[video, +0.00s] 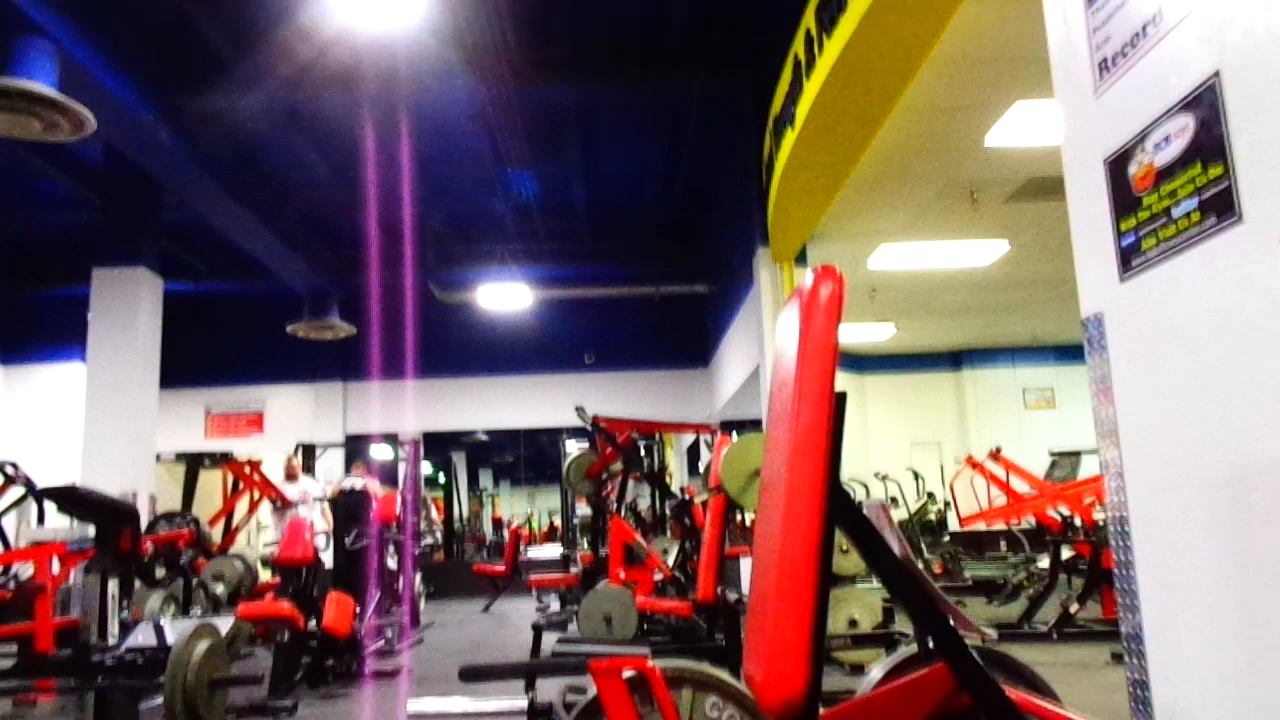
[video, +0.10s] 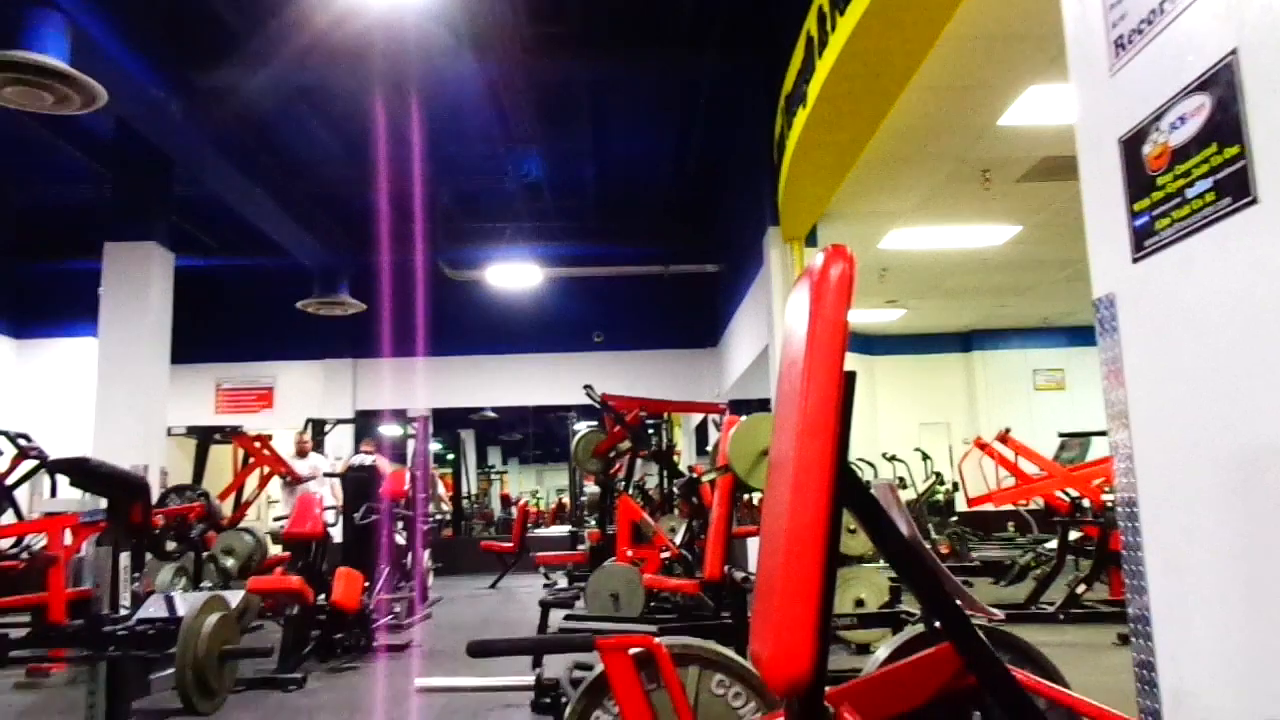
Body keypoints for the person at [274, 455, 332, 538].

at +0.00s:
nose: (292, 470)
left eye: (295, 467)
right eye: (290, 467)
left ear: (300, 467)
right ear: (286, 468)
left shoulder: (311, 484)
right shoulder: (281, 487)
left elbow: (324, 506)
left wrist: (330, 525)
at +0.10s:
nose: (303, 445)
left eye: (306, 442)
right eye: (300, 442)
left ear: (311, 443)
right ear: (295, 444)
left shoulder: (321, 461)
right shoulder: (289, 463)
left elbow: (334, 482)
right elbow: (285, 484)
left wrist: (340, 501)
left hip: (320, 506)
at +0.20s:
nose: (314, 458)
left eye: (317, 455)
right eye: (311, 455)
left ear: (321, 457)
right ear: (305, 457)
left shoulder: (327, 474)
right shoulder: (298, 476)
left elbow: (340, 494)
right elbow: (293, 502)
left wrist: (346, 513)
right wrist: (295, 523)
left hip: (328, 516)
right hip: (306, 518)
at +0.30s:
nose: (338, 462)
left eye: (339, 459)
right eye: (334, 459)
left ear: (341, 459)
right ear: (325, 460)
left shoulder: (345, 477)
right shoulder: (316, 479)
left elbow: (356, 498)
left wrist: (363, 517)